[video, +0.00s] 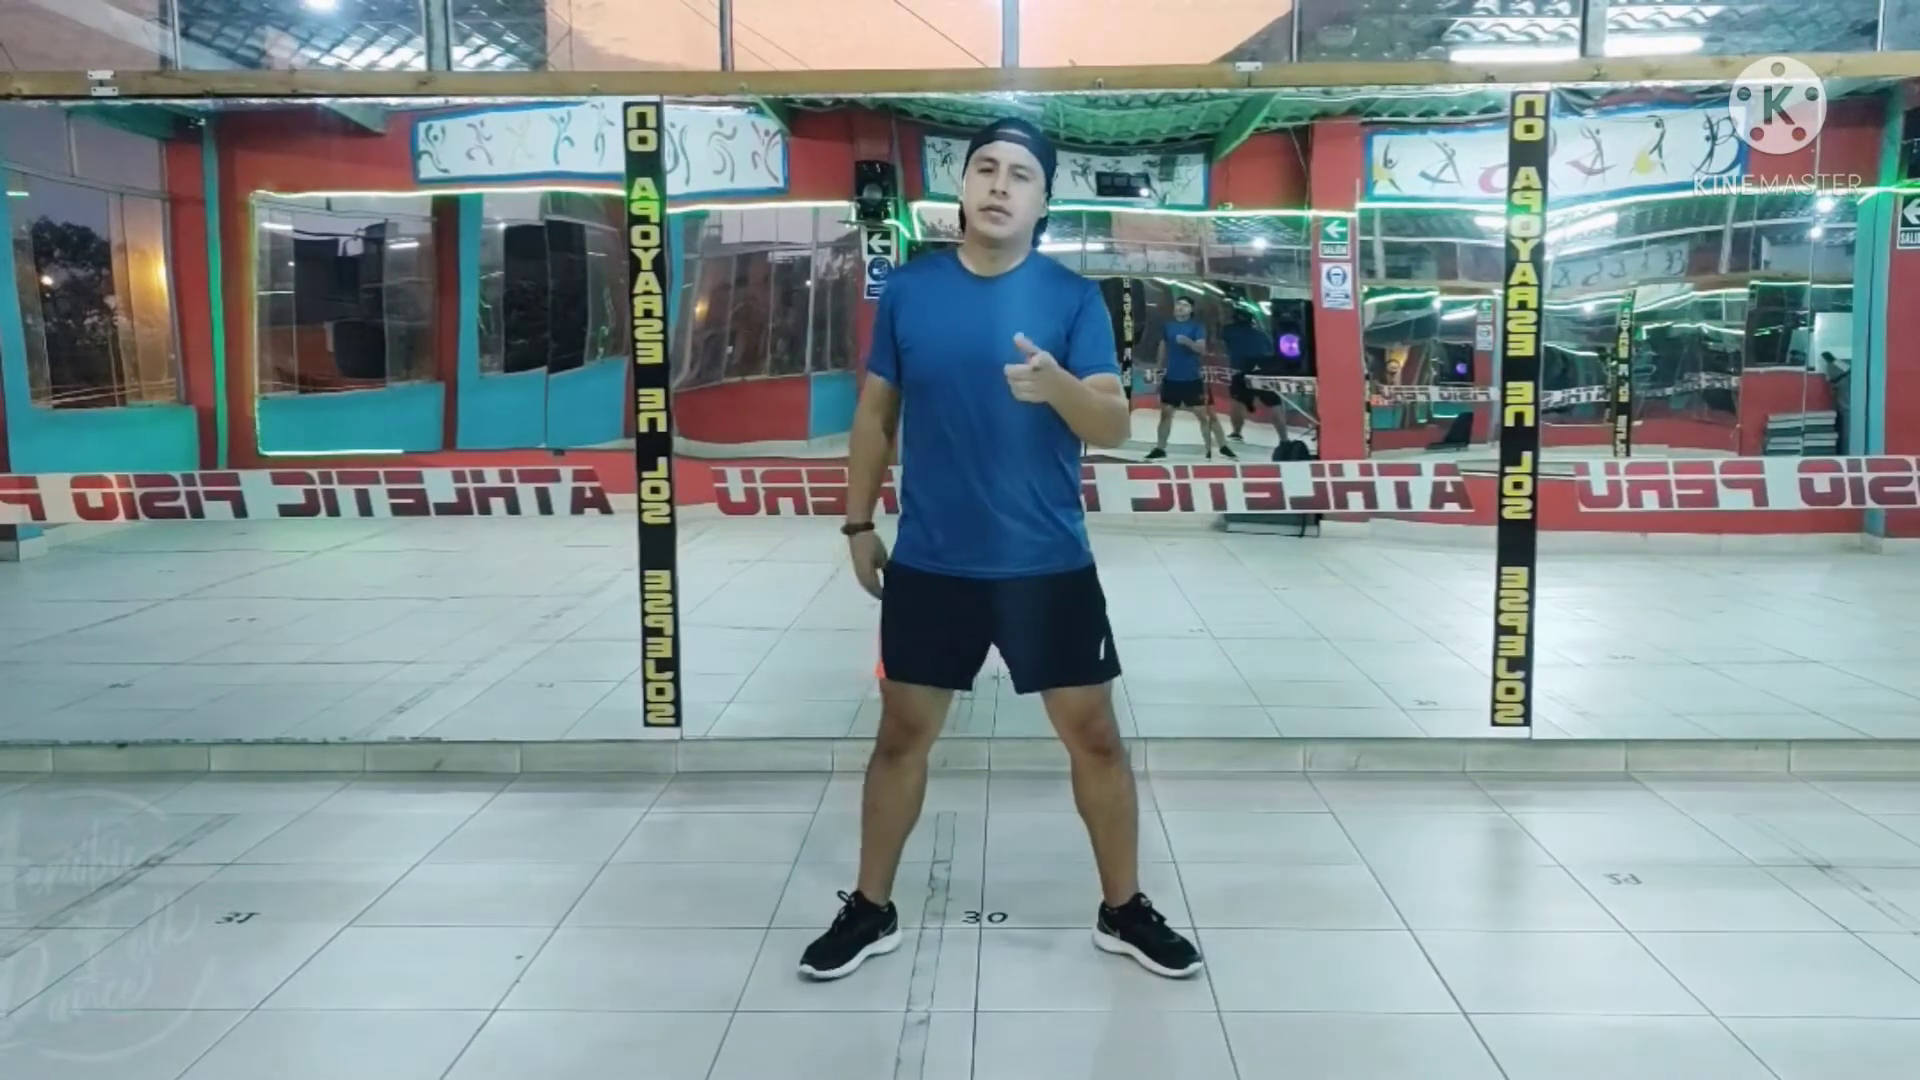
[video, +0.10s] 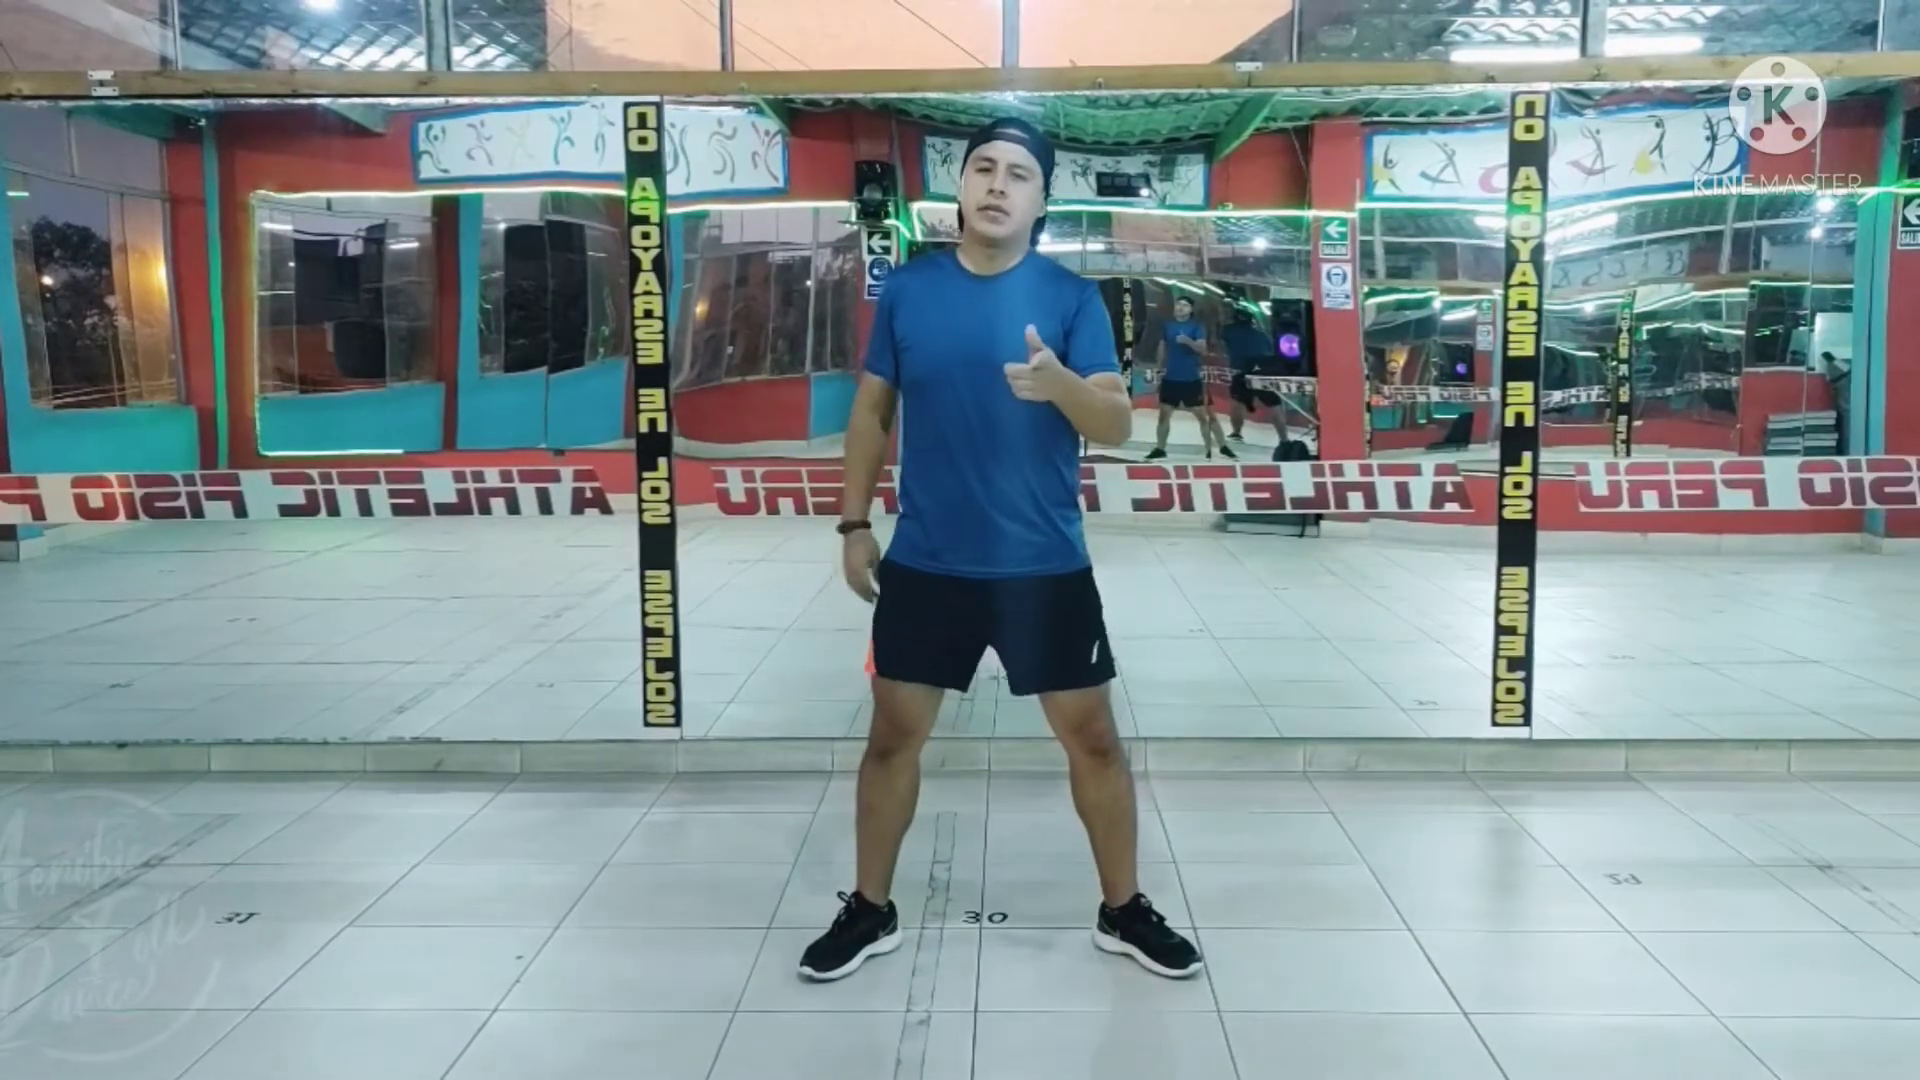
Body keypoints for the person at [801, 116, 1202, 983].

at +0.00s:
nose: (999, 185)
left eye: (1019, 176)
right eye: (986, 170)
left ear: (1044, 204)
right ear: (960, 190)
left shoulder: (1072, 297)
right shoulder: (907, 290)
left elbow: (1111, 428)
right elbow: (874, 413)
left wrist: (1061, 390)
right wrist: (859, 523)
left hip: (1047, 558)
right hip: (933, 555)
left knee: (1094, 733)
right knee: (901, 734)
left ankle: (1124, 905)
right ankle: (871, 904)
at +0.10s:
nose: (996, 185)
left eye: (1017, 176)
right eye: (983, 170)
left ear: (1042, 204)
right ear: (958, 190)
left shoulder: (1071, 297)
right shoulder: (906, 290)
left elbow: (1112, 427)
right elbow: (870, 410)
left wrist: (1065, 389)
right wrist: (854, 521)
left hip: (1044, 559)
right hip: (929, 555)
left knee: (1093, 735)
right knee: (893, 733)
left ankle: (1123, 905)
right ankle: (869, 904)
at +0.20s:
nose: (995, 185)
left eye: (1015, 176)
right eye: (982, 171)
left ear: (1040, 203)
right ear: (956, 190)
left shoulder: (1070, 296)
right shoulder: (906, 289)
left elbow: (1114, 425)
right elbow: (867, 405)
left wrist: (1064, 387)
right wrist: (841, 515)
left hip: (1041, 560)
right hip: (925, 555)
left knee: (1092, 737)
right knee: (891, 733)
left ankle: (1123, 904)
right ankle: (870, 904)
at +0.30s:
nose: (993, 187)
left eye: (1014, 177)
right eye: (980, 172)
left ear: (1039, 203)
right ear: (955, 189)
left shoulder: (1068, 297)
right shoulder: (905, 290)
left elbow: (1113, 426)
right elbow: (865, 405)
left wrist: (1066, 390)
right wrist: (832, 512)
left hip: (1041, 561)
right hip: (925, 557)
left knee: (1092, 738)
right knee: (897, 735)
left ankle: (1123, 906)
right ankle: (870, 905)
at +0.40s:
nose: (993, 186)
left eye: (1013, 177)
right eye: (980, 171)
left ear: (1037, 203)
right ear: (953, 189)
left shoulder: (1067, 296)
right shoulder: (902, 290)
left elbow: (1112, 427)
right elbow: (862, 405)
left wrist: (1067, 393)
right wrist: (830, 515)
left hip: (1041, 562)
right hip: (925, 558)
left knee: (1092, 739)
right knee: (895, 734)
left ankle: (1123, 906)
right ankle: (870, 905)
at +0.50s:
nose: (995, 186)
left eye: (1014, 177)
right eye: (981, 171)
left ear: (1038, 203)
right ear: (953, 189)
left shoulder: (1067, 297)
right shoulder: (901, 291)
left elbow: (1112, 430)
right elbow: (862, 406)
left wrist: (1068, 395)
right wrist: (833, 521)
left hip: (1041, 561)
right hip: (926, 558)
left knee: (1092, 738)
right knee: (896, 736)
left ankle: (1124, 905)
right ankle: (871, 905)